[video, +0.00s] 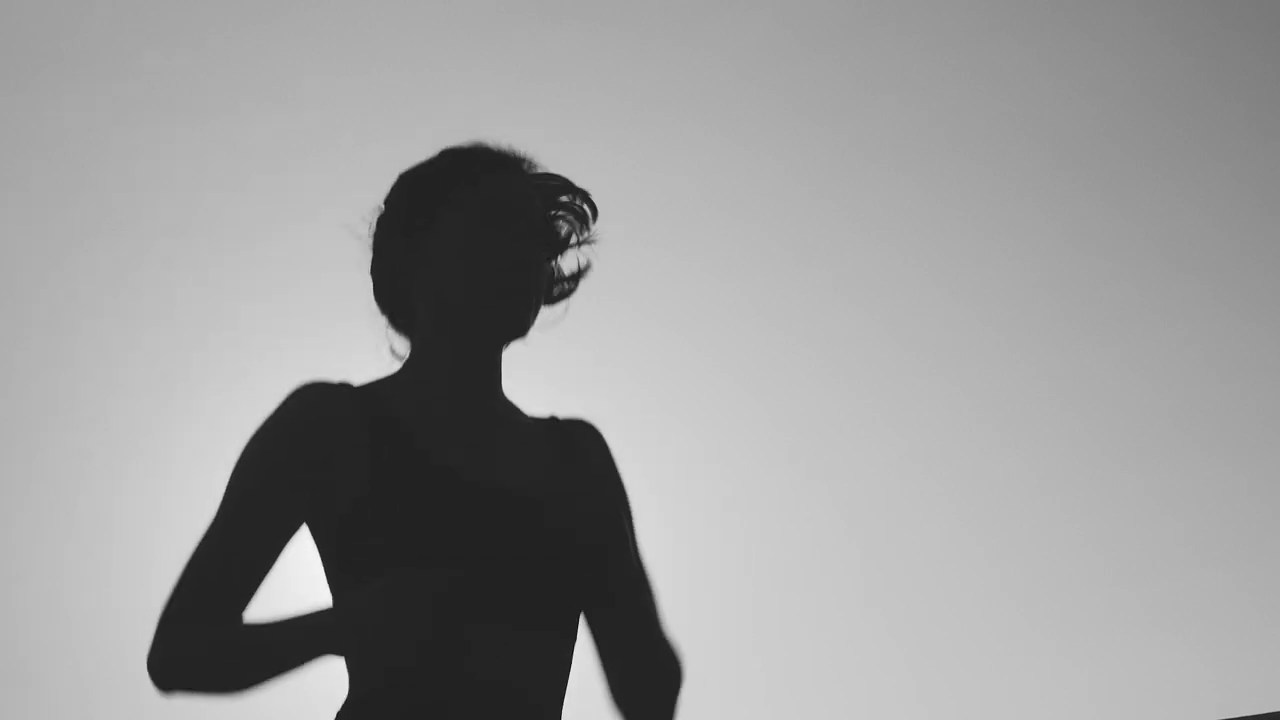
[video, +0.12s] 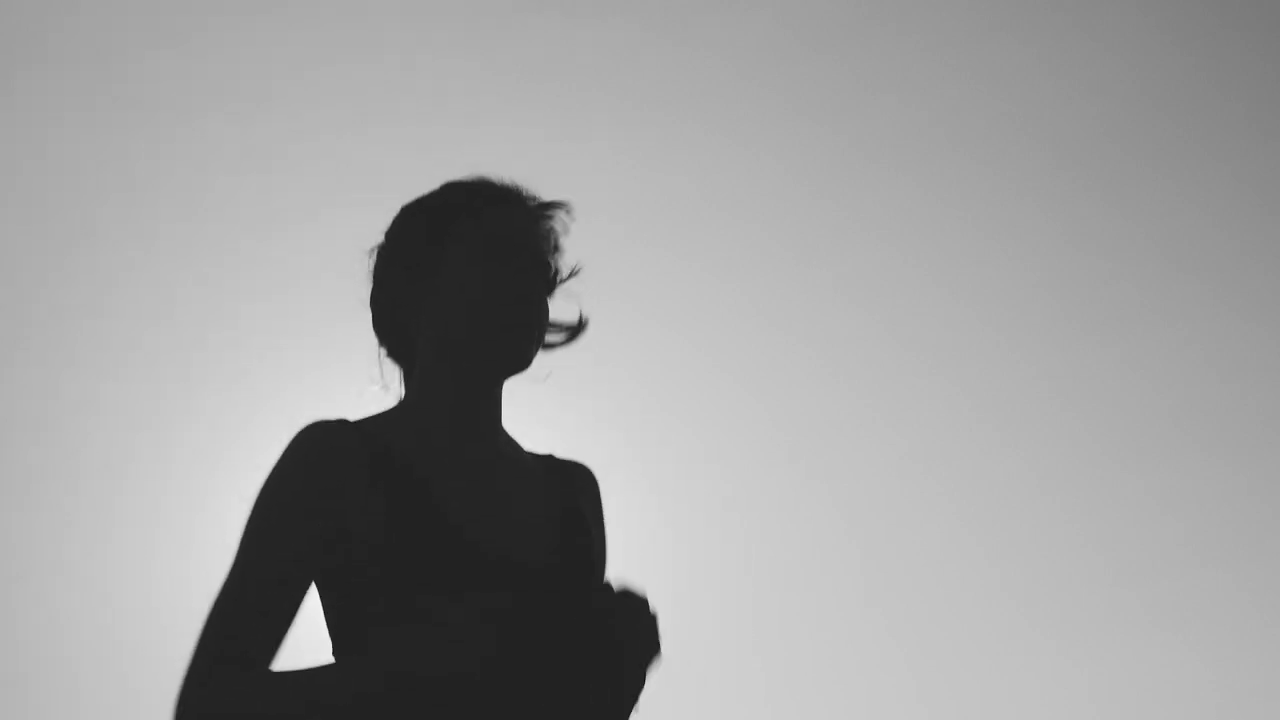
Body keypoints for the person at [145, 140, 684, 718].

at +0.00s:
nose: (521, 269)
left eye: (532, 247)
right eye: (488, 242)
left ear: (547, 276)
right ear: (416, 266)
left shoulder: (573, 455)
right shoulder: (322, 425)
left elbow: (648, 688)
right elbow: (179, 656)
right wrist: (346, 625)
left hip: (523, 708)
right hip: (376, 712)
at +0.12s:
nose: (527, 299)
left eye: (538, 279)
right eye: (495, 273)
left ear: (548, 309)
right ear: (417, 297)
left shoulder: (569, 491)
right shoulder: (331, 462)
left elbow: (573, 698)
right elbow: (209, 693)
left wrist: (614, 660)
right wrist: (389, 680)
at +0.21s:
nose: (528, 314)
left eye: (538, 295)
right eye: (496, 289)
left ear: (547, 318)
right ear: (418, 310)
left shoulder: (561, 503)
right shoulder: (339, 469)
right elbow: (244, 697)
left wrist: (623, 691)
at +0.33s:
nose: (545, 314)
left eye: (551, 292)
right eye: (518, 285)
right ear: (444, 297)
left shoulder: (549, 498)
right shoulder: (356, 450)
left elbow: (522, 695)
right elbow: (300, 683)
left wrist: (589, 708)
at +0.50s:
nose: (563, 292)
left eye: (563, 268)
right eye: (540, 264)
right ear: (463, 273)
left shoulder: (540, 472)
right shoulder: (390, 405)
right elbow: (346, 609)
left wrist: (577, 697)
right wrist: (574, 529)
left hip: (531, 708)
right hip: (423, 705)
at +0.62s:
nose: (575, 276)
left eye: (574, 254)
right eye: (552, 250)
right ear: (473, 261)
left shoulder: (539, 456)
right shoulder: (414, 369)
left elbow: (385, 653)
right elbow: (360, 566)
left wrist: (577, 670)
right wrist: (581, 508)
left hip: (536, 707)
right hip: (441, 703)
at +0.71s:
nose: (582, 272)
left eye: (580, 251)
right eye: (556, 247)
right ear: (478, 263)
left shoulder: (555, 460)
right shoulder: (425, 369)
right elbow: (360, 557)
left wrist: (586, 666)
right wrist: (583, 517)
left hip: (547, 706)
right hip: (449, 700)